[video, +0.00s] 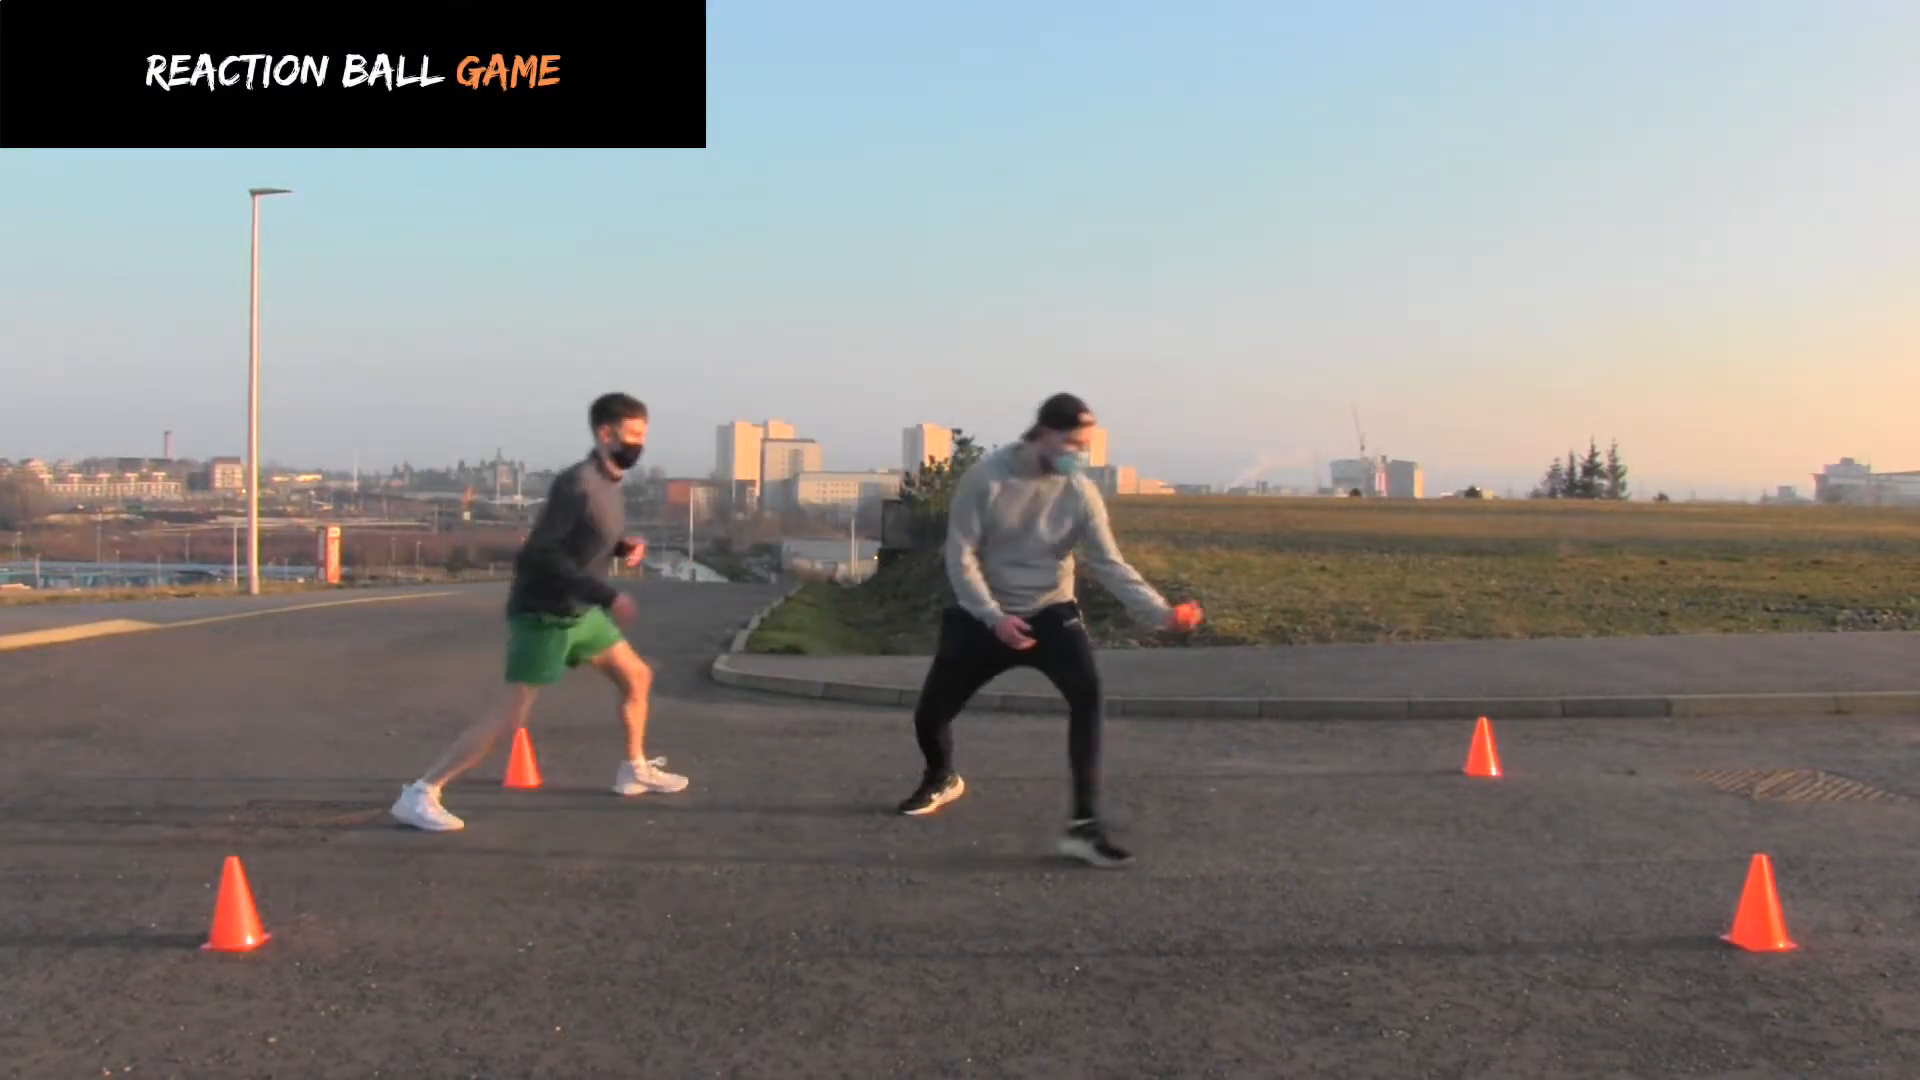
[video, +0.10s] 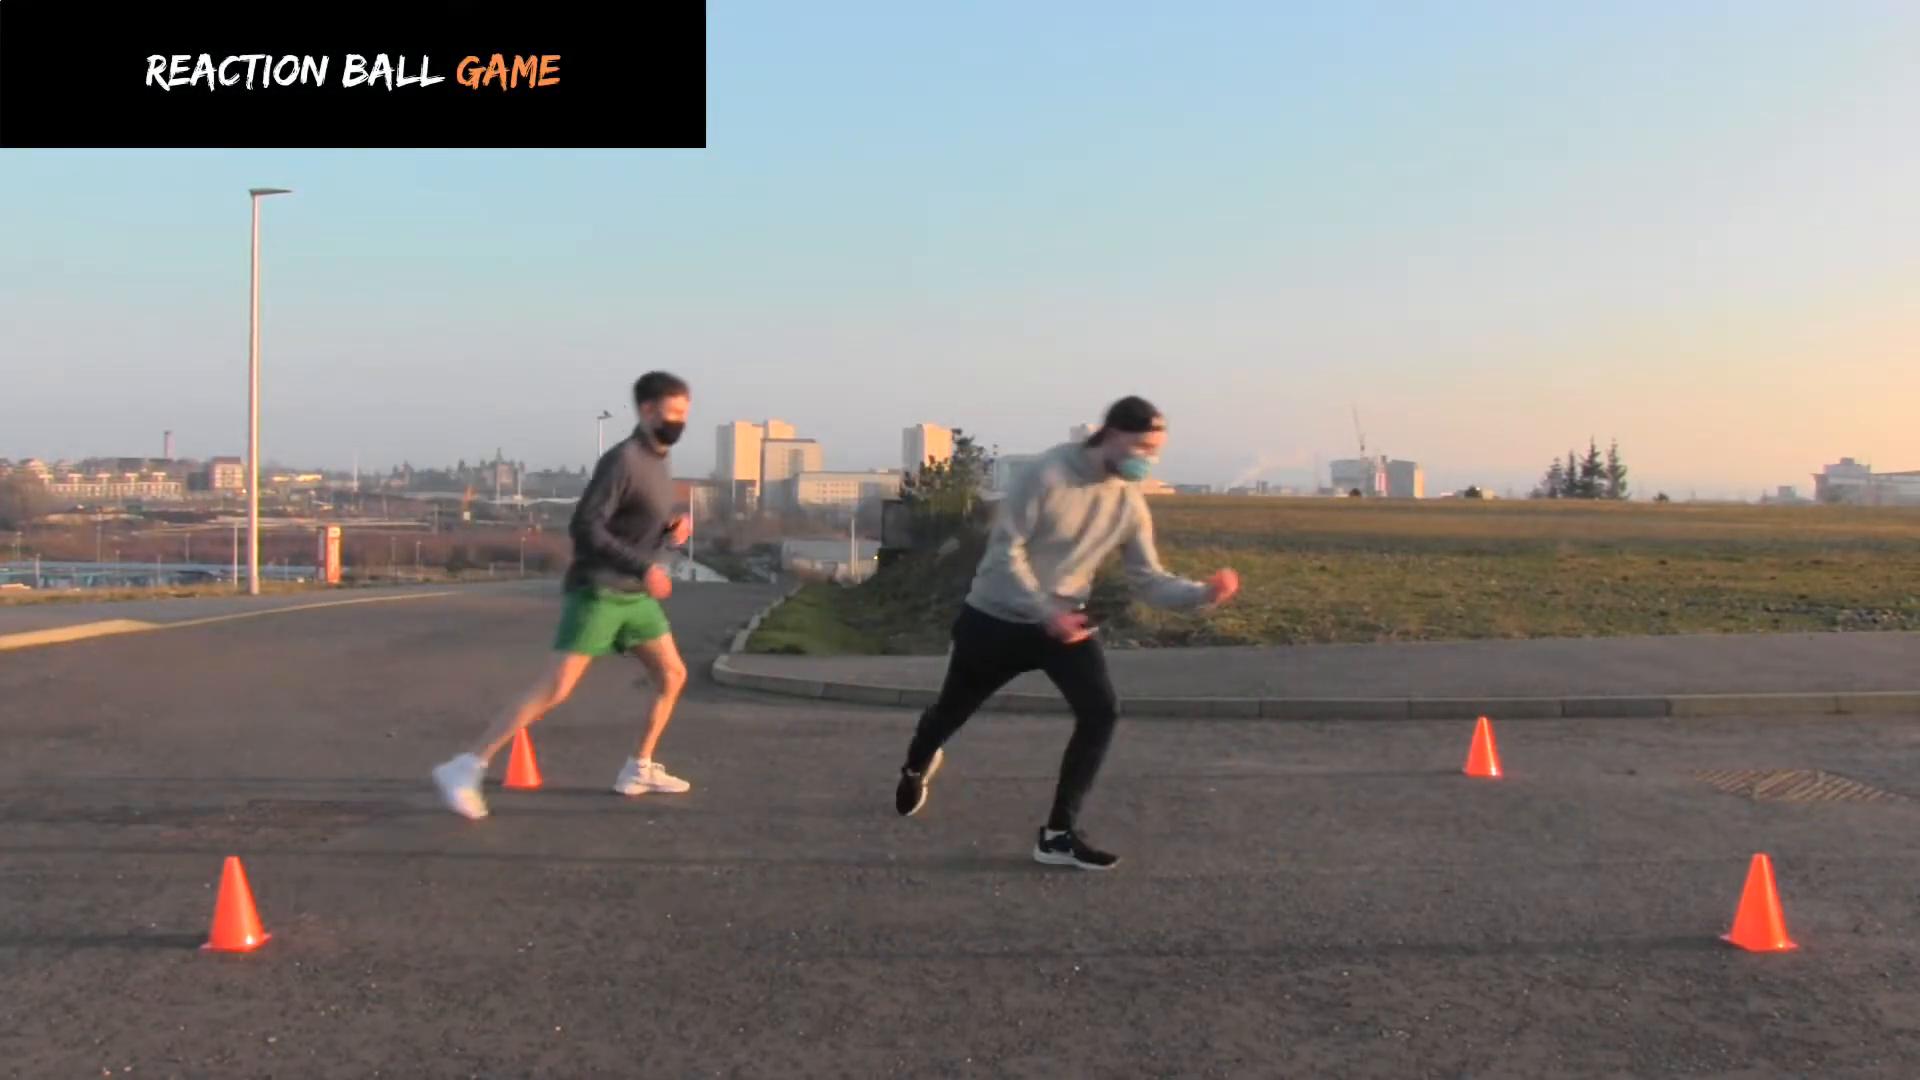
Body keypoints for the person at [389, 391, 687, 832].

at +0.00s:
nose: (639, 447)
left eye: (642, 438)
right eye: (632, 438)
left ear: (636, 436)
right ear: (604, 433)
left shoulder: (611, 484)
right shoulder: (575, 484)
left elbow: (591, 539)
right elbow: (541, 553)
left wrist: (621, 548)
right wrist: (606, 595)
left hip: (582, 612)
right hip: (541, 617)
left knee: (638, 678)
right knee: (510, 716)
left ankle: (635, 768)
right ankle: (421, 793)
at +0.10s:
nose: (678, 425)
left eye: (683, 416)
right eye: (670, 415)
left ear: (685, 414)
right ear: (644, 411)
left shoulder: (661, 464)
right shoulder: (621, 461)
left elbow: (642, 528)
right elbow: (587, 529)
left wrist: (669, 531)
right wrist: (641, 568)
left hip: (636, 594)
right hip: (596, 593)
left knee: (673, 675)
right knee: (557, 688)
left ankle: (640, 767)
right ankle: (466, 769)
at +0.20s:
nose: (704, 400)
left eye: (709, 392)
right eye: (695, 391)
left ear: (711, 391)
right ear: (672, 386)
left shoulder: (693, 438)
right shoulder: (644, 435)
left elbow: (677, 501)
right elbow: (603, 493)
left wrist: (702, 500)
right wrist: (662, 532)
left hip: (670, 571)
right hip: (629, 568)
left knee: (675, 667)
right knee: (596, 668)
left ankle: (642, 762)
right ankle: (534, 756)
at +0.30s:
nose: (742, 382)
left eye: (747, 375)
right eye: (735, 372)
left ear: (748, 373)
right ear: (711, 365)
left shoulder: (732, 417)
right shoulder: (678, 410)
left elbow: (716, 476)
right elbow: (635, 464)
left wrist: (740, 476)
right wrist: (687, 503)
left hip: (715, 547)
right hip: (672, 546)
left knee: (720, 652)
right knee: (663, 656)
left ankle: (673, 734)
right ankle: (635, 749)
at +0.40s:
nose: (765, 387)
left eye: (771, 380)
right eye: (758, 378)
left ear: (773, 381)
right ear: (734, 372)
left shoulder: (758, 423)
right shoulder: (704, 416)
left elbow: (744, 477)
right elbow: (661, 469)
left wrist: (766, 479)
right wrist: (712, 512)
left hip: (743, 551)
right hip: (699, 553)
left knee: (766, 649)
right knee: (696, 660)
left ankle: (722, 730)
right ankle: (676, 753)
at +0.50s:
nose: (805, 419)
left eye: (810, 412)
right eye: (797, 410)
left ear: (813, 413)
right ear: (773, 407)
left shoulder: (797, 461)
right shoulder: (743, 456)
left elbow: (786, 514)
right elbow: (704, 513)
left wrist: (809, 518)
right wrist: (750, 558)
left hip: (784, 583)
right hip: (739, 586)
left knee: (831, 661)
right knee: (733, 687)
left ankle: (843, 744)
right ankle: (689, 763)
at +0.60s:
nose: (837, 432)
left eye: (841, 424)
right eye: (828, 423)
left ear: (845, 425)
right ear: (805, 423)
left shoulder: (832, 475)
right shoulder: (781, 469)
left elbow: (820, 534)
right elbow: (746, 534)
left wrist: (844, 534)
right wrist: (783, 582)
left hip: (815, 593)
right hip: (770, 595)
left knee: (865, 667)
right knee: (752, 695)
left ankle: (901, 750)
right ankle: (690, 764)